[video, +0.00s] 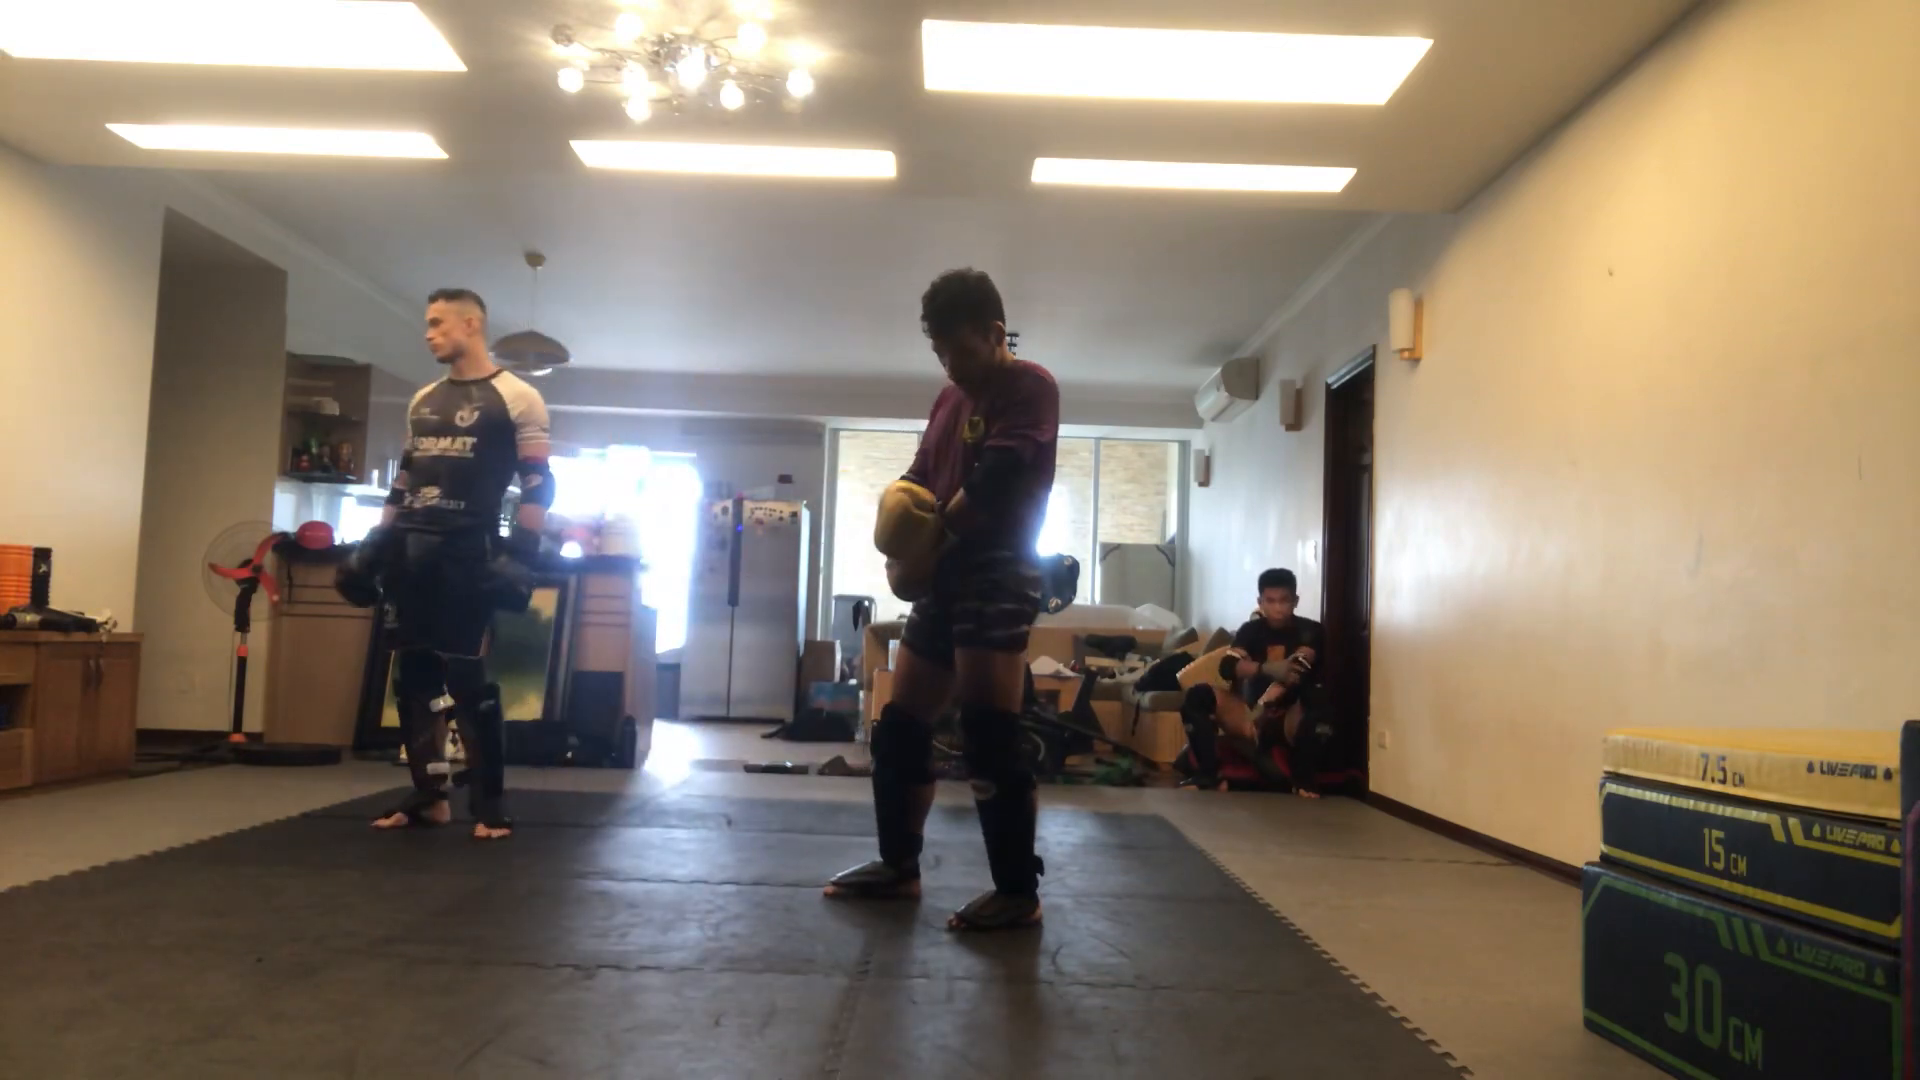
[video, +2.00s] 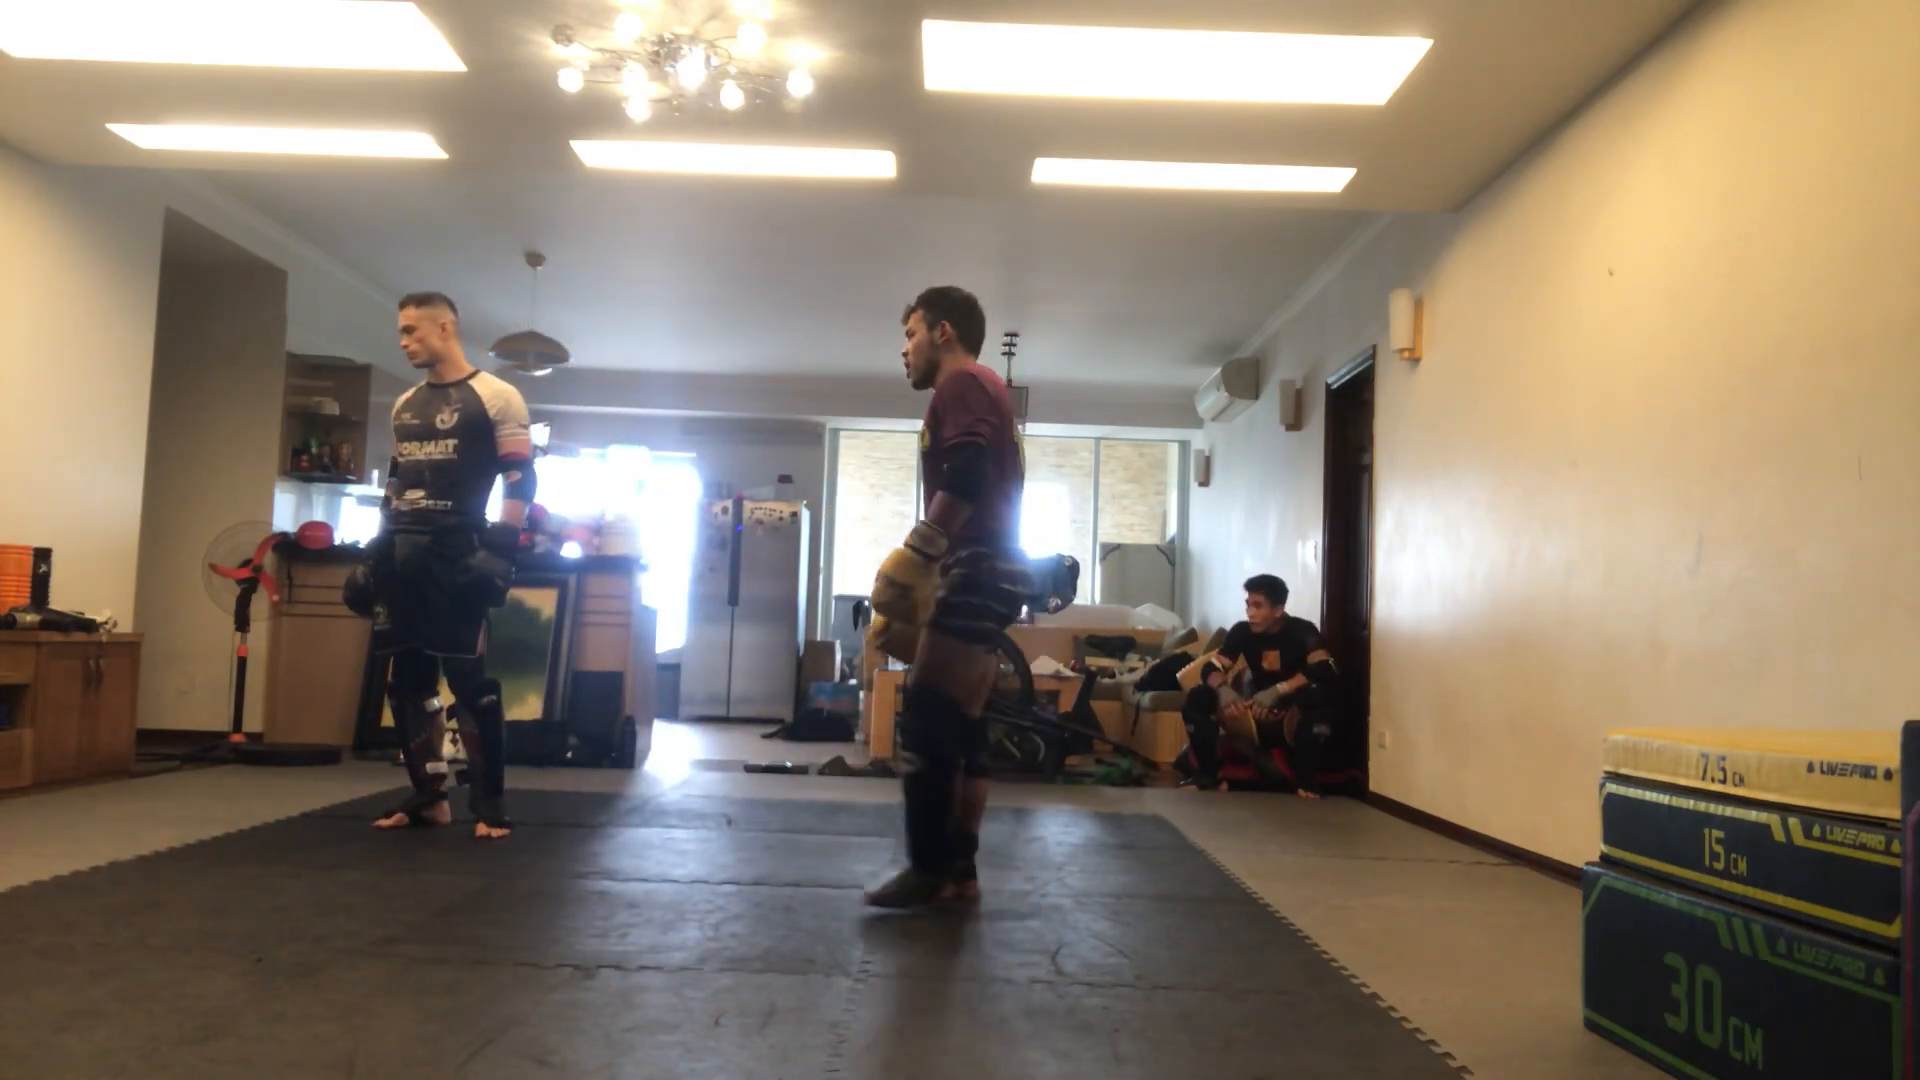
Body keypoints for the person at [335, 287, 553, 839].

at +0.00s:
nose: (428, 334)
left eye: (437, 324)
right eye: (427, 326)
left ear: (473, 325)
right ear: (445, 332)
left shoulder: (517, 396)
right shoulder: (423, 399)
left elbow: (536, 485)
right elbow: (406, 481)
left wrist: (520, 554)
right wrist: (373, 544)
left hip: (468, 553)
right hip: (412, 551)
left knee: (468, 679)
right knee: (414, 677)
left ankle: (488, 807)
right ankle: (430, 799)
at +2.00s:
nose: (404, 342)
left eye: (411, 331)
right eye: (401, 333)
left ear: (446, 327)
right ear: (427, 332)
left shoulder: (497, 396)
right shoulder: (406, 404)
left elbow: (518, 485)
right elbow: (399, 489)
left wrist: (499, 552)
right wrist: (376, 555)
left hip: (460, 555)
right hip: (405, 555)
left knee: (467, 679)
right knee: (408, 681)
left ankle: (490, 805)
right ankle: (430, 799)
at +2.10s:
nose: (404, 342)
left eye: (411, 331)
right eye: (401, 333)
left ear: (446, 327)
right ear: (427, 332)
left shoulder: (497, 396)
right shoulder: (405, 404)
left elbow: (518, 486)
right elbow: (399, 490)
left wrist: (499, 552)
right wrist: (376, 556)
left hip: (460, 555)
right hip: (406, 555)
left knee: (467, 679)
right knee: (408, 681)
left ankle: (490, 805)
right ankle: (429, 799)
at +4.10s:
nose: (412, 333)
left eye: (422, 322)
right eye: (408, 324)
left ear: (456, 322)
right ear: (408, 331)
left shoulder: (501, 394)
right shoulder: (400, 399)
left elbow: (522, 481)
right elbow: (389, 483)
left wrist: (506, 549)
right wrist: (374, 547)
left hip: (465, 554)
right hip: (407, 553)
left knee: (470, 676)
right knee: (412, 679)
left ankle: (487, 801)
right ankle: (430, 799)